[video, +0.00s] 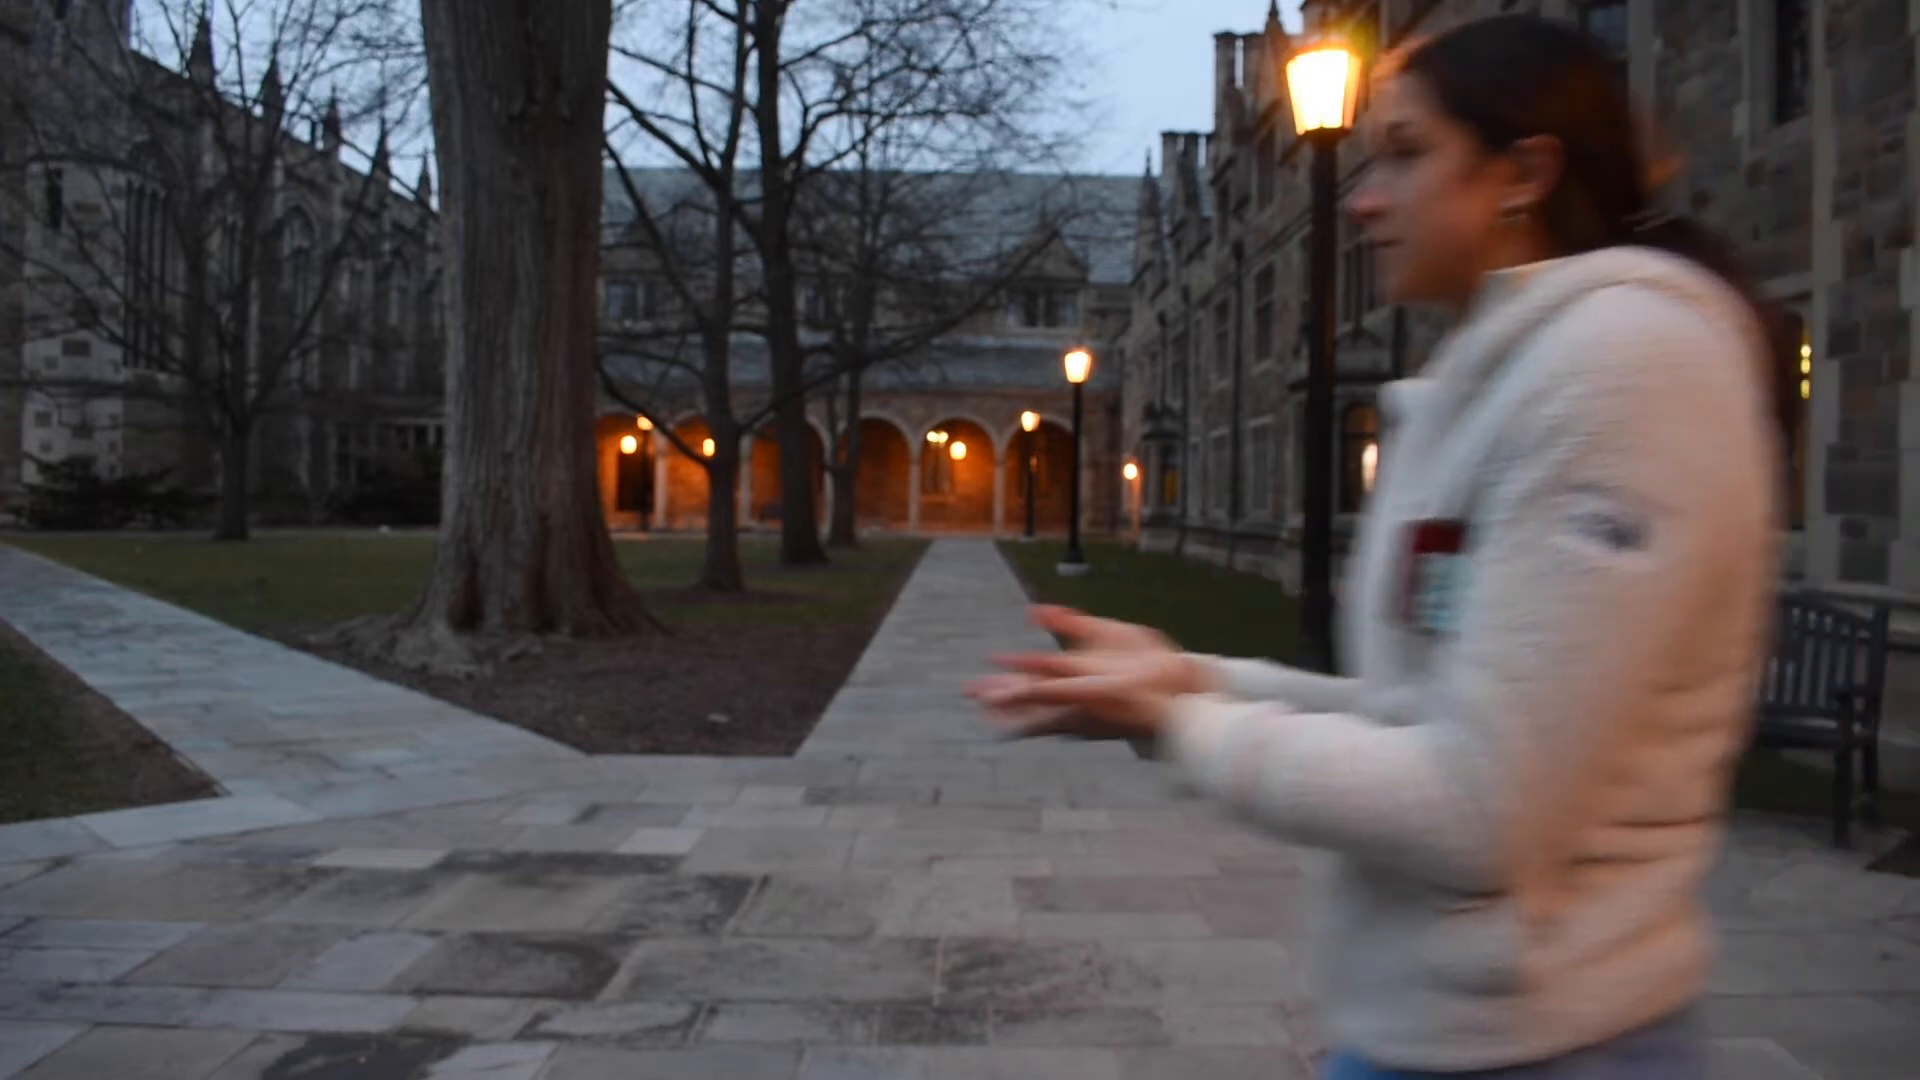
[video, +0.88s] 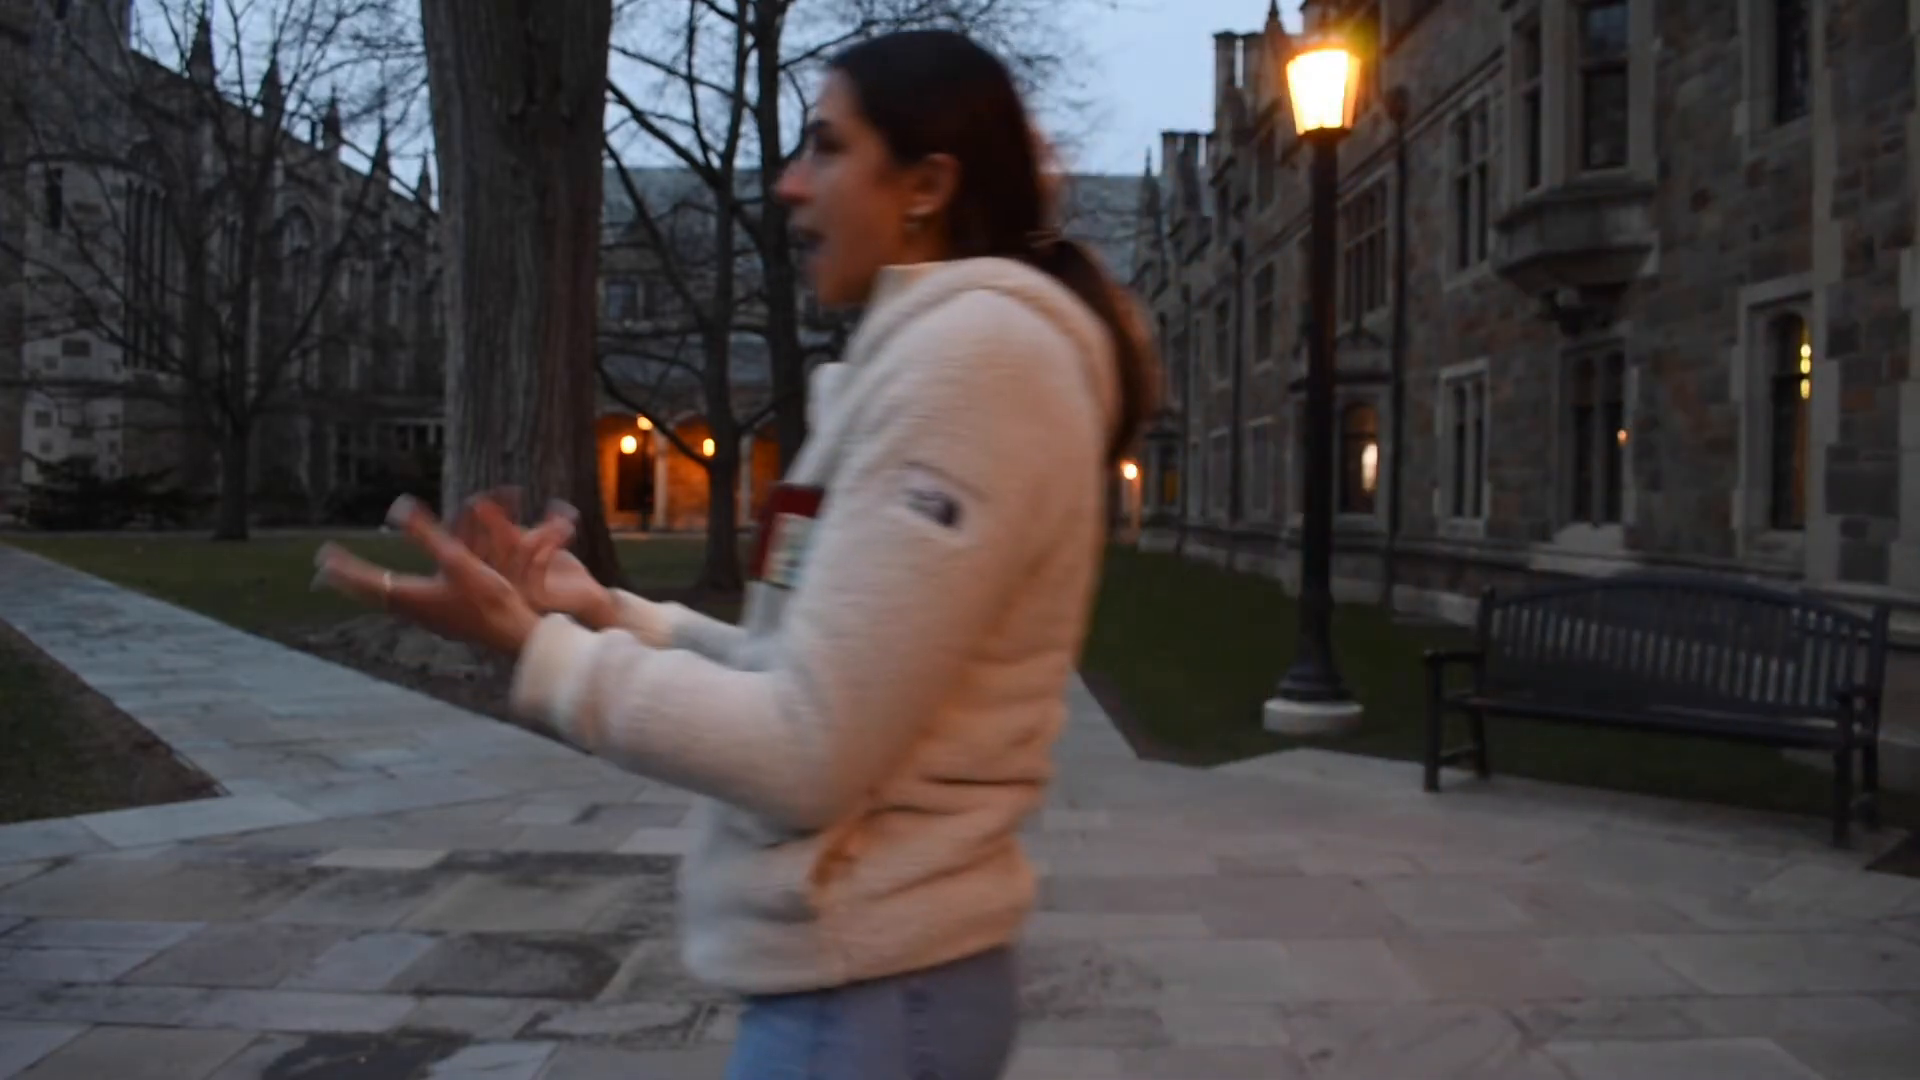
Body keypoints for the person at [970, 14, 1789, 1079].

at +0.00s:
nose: (1361, 199)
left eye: (1403, 153)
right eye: (1368, 158)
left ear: (1524, 172)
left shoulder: (1631, 354)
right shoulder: (1485, 369)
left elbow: (1485, 811)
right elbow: (1440, 723)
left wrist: (1180, 718)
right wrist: (1194, 681)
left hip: (1547, 1036)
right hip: (1431, 1026)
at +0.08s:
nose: (1303, 204)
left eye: (1344, 162)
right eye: (1316, 165)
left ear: (1457, 181)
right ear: (1442, 187)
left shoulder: (1550, 360)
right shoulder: (1442, 361)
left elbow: (1393, 808)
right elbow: (1371, 724)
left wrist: (1088, 726)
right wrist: (1120, 675)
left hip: (1437, 1038)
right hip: (1359, 1023)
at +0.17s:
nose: (1240, 198)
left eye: (1279, 156)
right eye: (1250, 159)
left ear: (1394, 176)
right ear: (1389, 179)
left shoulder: (1469, 349)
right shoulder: (1388, 349)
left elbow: (1311, 787)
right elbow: (1284, 706)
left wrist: (1006, 719)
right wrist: (1045, 670)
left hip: (1348, 1031)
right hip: (1295, 1016)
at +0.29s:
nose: (1147, 194)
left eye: (1182, 153)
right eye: (1162, 156)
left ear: (1292, 177)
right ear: (1285, 180)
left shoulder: (1366, 348)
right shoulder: (1287, 348)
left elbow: (1217, 772)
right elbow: (1180, 694)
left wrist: (931, 706)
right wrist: (943, 661)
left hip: (1256, 1016)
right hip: (1210, 1003)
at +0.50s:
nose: (1004, 179)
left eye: (1038, 143)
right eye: (1019, 143)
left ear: (1143, 168)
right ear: (1138, 172)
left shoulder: (1215, 334)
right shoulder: (1156, 330)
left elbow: (1075, 753)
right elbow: (1049, 676)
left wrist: (793, 692)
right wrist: (821, 653)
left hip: (1130, 997)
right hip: (1101, 985)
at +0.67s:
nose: (905, 189)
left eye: (939, 151)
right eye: (923, 151)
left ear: (1037, 180)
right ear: (1035, 183)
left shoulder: (1102, 349)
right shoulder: (1060, 343)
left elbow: (947, 754)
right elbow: (936, 678)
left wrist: (677, 674)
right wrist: (716, 645)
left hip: (1015, 998)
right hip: (999, 987)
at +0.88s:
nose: (788, 185)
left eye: (826, 148)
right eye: (804, 148)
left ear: (928, 184)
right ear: (921, 188)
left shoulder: (980, 352)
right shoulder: (934, 348)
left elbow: (812, 753)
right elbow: (807, 677)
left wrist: (531, 644)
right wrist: (604, 608)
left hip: (870, 992)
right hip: (859, 981)